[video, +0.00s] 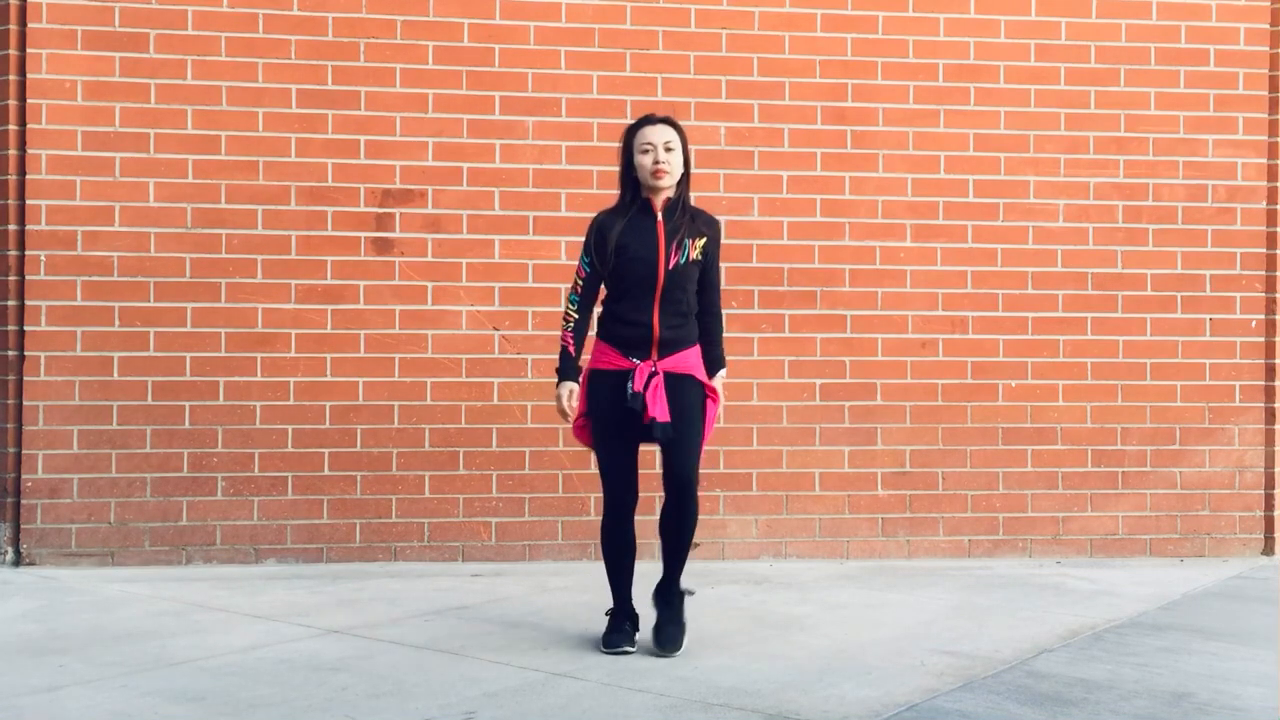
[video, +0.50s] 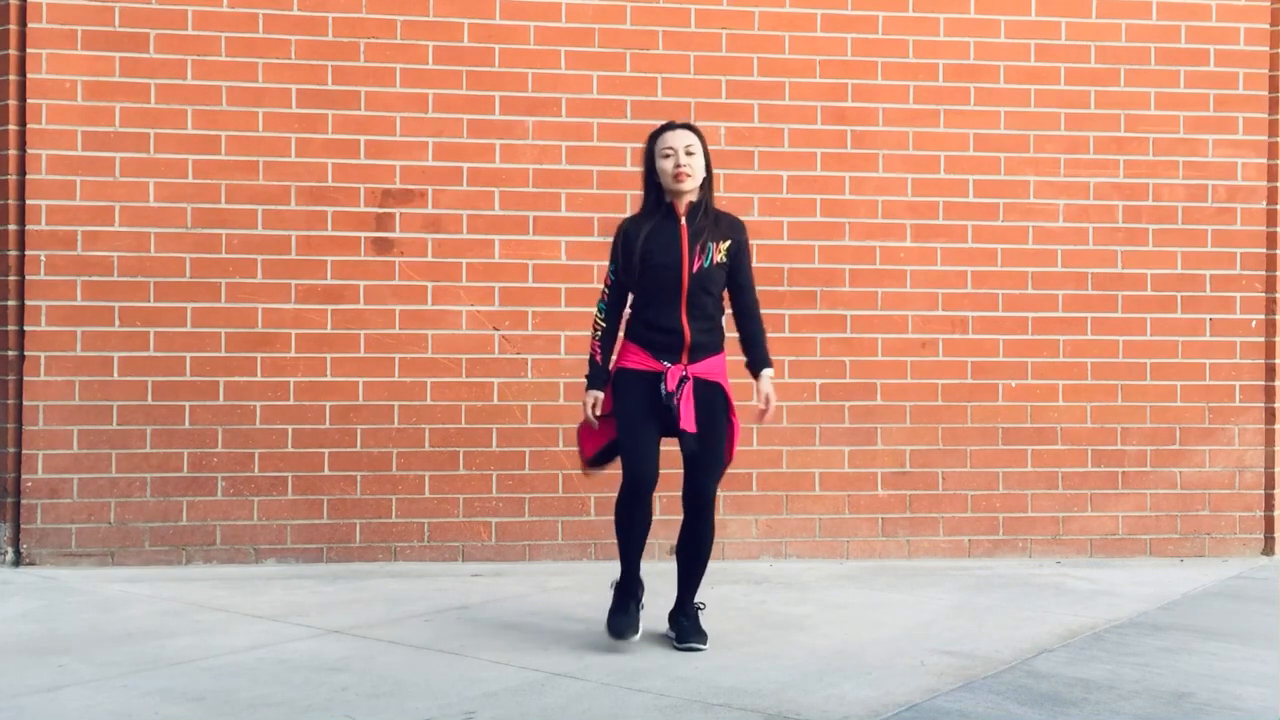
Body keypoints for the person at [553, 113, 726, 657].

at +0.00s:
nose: (659, 158)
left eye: (669, 148)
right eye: (647, 149)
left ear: (684, 158)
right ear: (631, 160)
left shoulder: (703, 228)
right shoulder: (609, 224)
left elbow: (710, 307)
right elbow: (581, 299)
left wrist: (715, 371)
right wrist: (567, 371)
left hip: (683, 370)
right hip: (615, 369)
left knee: (683, 485)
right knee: (619, 496)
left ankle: (671, 593)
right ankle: (621, 610)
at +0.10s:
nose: (661, 156)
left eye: (670, 147)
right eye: (649, 148)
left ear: (686, 156)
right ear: (633, 160)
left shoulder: (704, 227)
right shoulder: (612, 223)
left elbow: (709, 306)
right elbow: (582, 297)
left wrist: (712, 372)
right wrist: (565, 366)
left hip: (684, 366)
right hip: (617, 366)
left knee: (689, 471)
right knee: (622, 493)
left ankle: (678, 572)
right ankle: (622, 611)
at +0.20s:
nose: (665, 154)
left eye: (674, 145)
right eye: (653, 147)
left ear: (690, 154)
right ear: (637, 157)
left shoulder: (708, 224)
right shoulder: (614, 220)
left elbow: (714, 304)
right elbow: (587, 296)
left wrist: (715, 371)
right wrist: (573, 365)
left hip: (688, 367)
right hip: (621, 367)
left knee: (692, 488)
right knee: (625, 494)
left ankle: (682, 584)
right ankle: (621, 610)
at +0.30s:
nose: (670, 160)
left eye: (679, 150)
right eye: (658, 152)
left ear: (695, 159)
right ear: (642, 163)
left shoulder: (714, 228)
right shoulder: (621, 226)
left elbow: (722, 305)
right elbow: (596, 303)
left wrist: (725, 375)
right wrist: (580, 374)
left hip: (694, 373)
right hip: (627, 370)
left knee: (690, 500)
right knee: (627, 496)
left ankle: (685, 607)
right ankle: (622, 611)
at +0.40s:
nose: (676, 156)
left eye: (685, 146)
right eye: (664, 148)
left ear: (701, 154)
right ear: (649, 159)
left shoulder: (722, 223)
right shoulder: (627, 222)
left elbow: (733, 299)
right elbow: (606, 300)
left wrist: (742, 365)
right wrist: (592, 373)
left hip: (702, 371)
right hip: (635, 368)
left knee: (693, 498)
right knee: (633, 492)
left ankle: (686, 608)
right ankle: (624, 608)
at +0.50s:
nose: (680, 162)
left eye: (689, 153)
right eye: (668, 155)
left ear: (705, 163)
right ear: (653, 168)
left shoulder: (727, 229)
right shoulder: (634, 230)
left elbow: (745, 303)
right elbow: (610, 305)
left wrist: (762, 367)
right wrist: (596, 376)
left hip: (704, 374)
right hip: (639, 371)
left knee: (701, 496)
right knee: (639, 479)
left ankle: (686, 607)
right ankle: (629, 584)